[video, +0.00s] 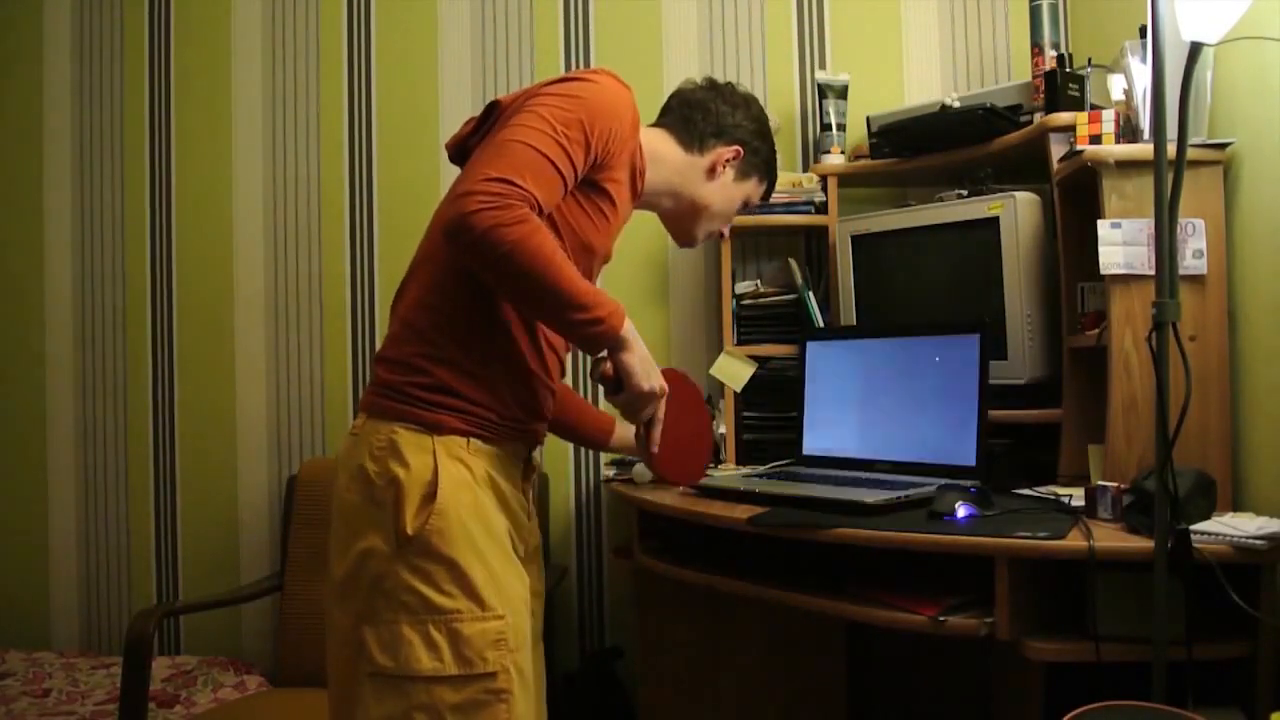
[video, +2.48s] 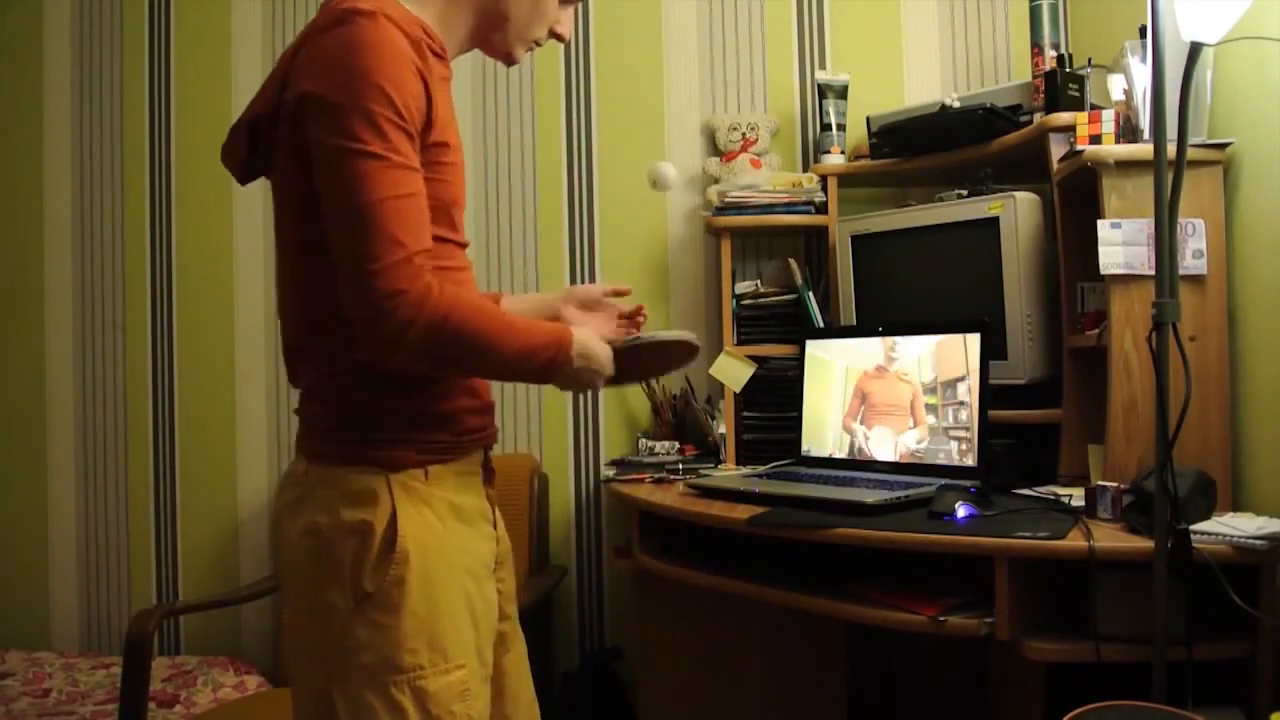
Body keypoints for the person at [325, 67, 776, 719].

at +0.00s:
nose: (725, 230)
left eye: (740, 217)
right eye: (742, 207)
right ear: (724, 161)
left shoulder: (599, 200)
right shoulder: (602, 99)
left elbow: (518, 378)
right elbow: (486, 208)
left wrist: (637, 440)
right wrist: (618, 334)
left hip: (489, 475)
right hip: (432, 471)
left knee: (512, 700)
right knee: (468, 705)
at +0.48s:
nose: (723, 220)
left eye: (739, 204)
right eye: (740, 193)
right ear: (714, 145)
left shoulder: (588, 200)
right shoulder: (584, 94)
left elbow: (505, 365)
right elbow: (469, 210)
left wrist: (604, 456)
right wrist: (607, 329)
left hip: (488, 474)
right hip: (427, 472)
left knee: (511, 701)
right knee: (467, 706)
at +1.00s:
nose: (696, 165)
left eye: (709, 149)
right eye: (707, 139)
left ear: (667, 97)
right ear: (672, 91)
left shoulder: (560, 143)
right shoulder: (529, 78)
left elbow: (477, 317)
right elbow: (439, 232)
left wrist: (517, 449)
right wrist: (593, 327)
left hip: (481, 480)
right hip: (418, 479)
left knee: (513, 708)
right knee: (444, 707)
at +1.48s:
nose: (599, 72)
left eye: (612, 51)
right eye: (608, 39)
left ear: (554, 7)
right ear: (560, 0)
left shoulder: (458, 75)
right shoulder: (423, 55)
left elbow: (430, 309)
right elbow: (379, 279)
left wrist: (564, 353)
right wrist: (543, 391)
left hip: (469, 498)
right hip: (410, 509)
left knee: (528, 711)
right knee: (443, 710)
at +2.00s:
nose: (565, 27)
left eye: (575, 10)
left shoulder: (408, 57)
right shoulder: (375, 48)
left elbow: (417, 302)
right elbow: (392, 314)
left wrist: (540, 313)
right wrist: (560, 393)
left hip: (448, 496)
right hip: (395, 507)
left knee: (509, 710)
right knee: (423, 709)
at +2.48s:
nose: (565, 27)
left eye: (574, 10)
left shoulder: (407, 55)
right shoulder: (367, 45)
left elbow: (422, 297)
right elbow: (397, 312)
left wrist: (551, 307)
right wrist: (562, 351)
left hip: (445, 496)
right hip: (385, 510)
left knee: (503, 709)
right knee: (414, 710)